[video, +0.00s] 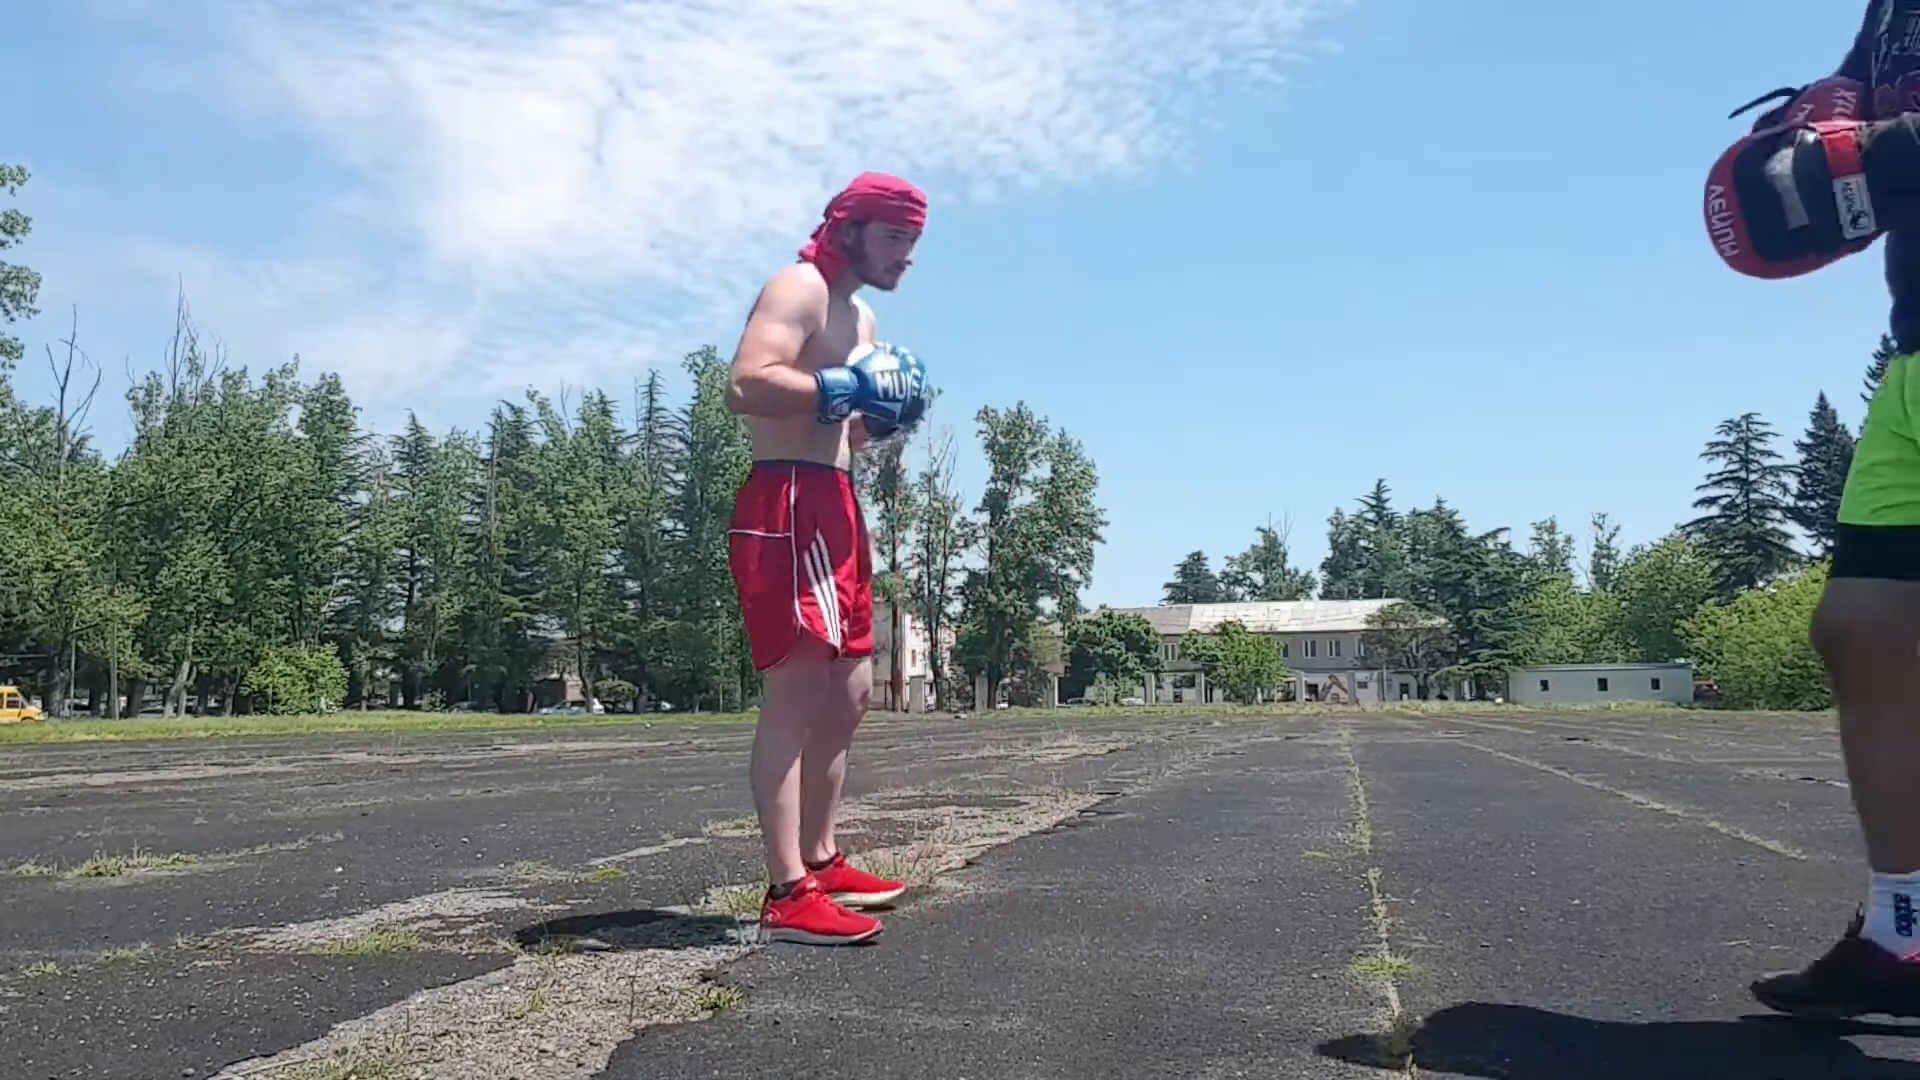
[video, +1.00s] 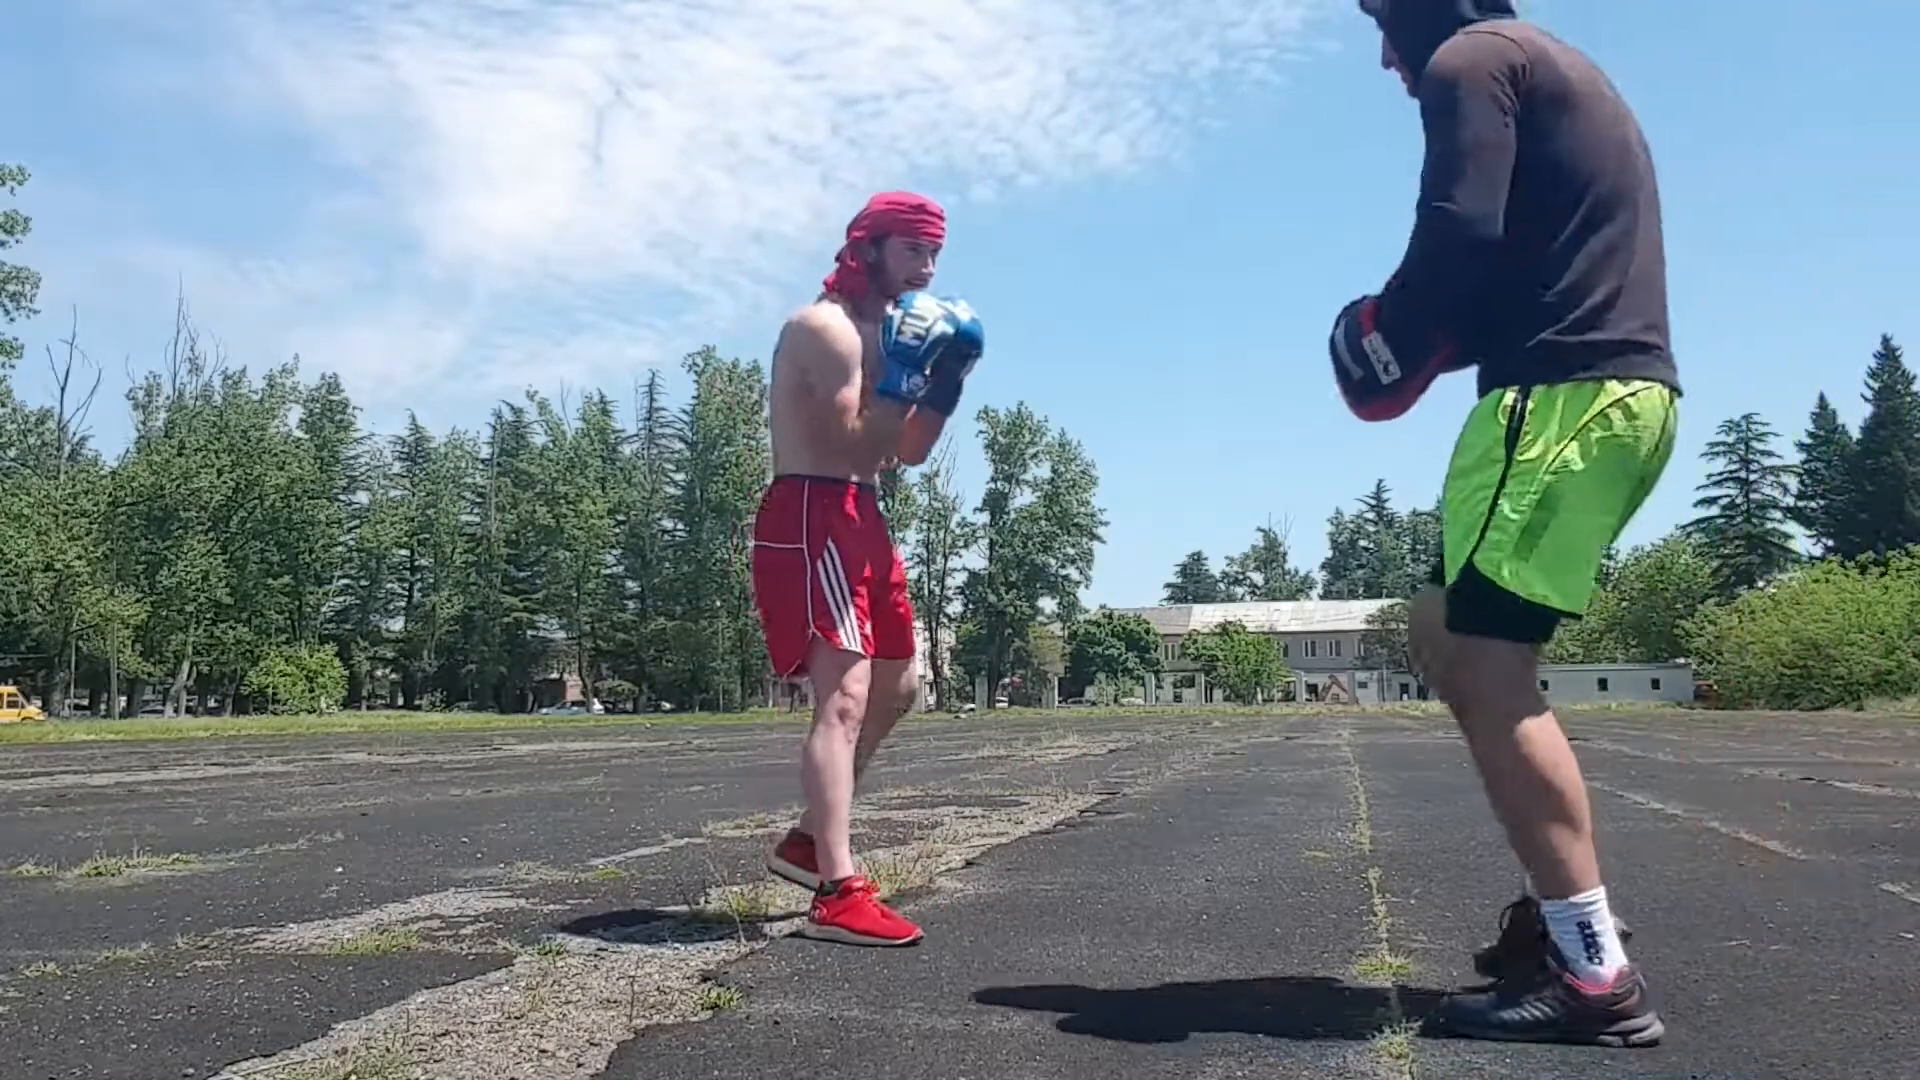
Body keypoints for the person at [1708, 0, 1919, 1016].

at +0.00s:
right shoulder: (1890, 19)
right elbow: (1850, 96)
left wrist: (1876, 147)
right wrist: (1817, 119)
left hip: (1915, 350)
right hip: (1909, 348)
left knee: (1868, 624)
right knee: (1864, 623)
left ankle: (1898, 936)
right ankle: (1896, 936)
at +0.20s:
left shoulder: (1883, 16)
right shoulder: (1825, 17)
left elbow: (1889, 122)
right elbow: (1792, 128)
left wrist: (1739, 198)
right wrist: (1703, 189)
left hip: (1905, 365)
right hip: (1855, 375)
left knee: (1830, 659)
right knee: (1810, 652)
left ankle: (1756, 956)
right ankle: (1756, 957)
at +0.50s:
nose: (1561, 9)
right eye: (1557, 2)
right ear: (1609, 8)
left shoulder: (1713, 7)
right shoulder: (1660, 62)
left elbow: (1720, 141)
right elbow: (1688, 210)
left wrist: (1596, 248)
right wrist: (1581, 271)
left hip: (1798, 368)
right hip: (1720, 382)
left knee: (1757, 666)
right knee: (1670, 650)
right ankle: (1735, 965)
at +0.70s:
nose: (1475, 13)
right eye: (1469, 5)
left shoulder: (1585, 6)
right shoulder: (1624, 35)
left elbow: (1622, 140)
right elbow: (1635, 217)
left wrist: (1496, 238)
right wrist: (1512, 277)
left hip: (1683, 337)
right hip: (1742, 333)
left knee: (1603, 623)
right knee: (1694, 650)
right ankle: (1745, 961)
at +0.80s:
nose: (1436, 21)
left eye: (1435, 5)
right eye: (1433, 10)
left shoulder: (1544, 10)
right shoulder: (1604, 34)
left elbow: (1571, 157)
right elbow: (1587, 232)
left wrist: (1463, 257)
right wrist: (1477, 294)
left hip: (1636, 358)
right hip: (1694, 354)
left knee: (1577, 653)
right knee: (1633, 665)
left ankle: (1600, 968)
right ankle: (1721, 949)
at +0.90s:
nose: (1417, 54)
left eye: (1412, 31)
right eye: (1410, 39)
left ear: (1444, 7)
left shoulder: (1510, 39)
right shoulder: (1586, 54)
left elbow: (1503, 205)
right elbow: (1553, 251)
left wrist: (1425, 318)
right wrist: (1456, 332)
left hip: (1591, 386)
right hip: (1660, 387)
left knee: (1501, 658)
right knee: (1513, 654)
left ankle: (1596, 977)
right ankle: (1657, 887)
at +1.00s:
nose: (1386, 57)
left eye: (1385, 28)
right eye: (1378, 36)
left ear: (1423, 8)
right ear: (1479, 4)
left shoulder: (1470, 57)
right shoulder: (1560, 68)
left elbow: (1464, 221)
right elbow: (1537, 270)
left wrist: (1391, 327)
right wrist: (1426, 357)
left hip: (1563, 393)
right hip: (1619, 391)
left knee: (1490, 669)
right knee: (1443, 635)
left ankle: (1595, 977)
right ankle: (1556, 902)